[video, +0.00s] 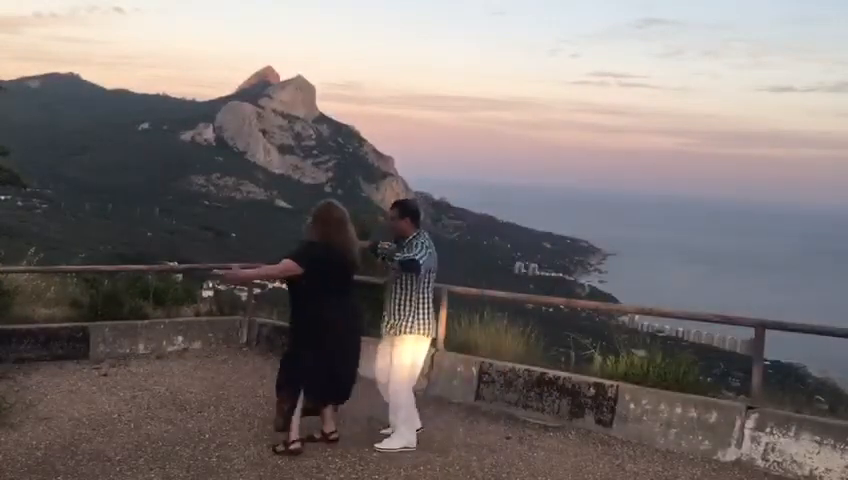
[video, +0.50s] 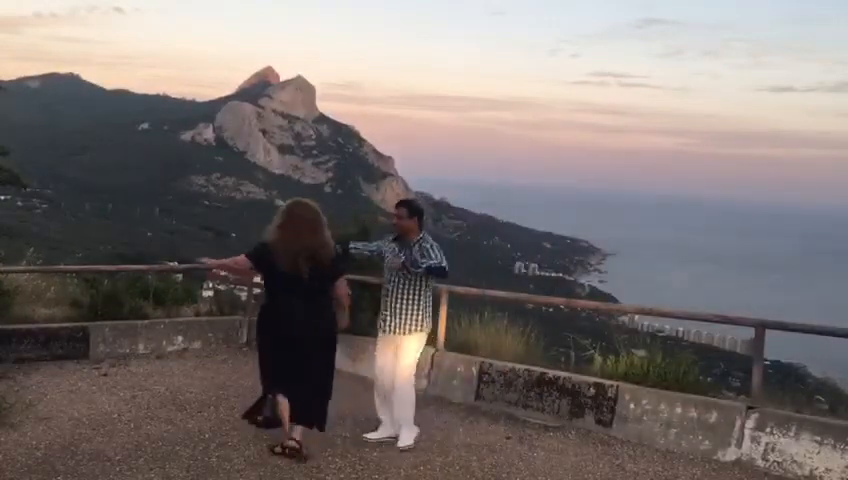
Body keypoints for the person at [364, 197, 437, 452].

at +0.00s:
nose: (390, 225)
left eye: (394, 219)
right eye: (390, 219)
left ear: (407, 221)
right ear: (404, 221)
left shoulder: (423, 244)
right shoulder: (401, 246)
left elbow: (413, 264)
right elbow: (382, 252)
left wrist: (389, 256)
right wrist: (374, 247)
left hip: (414, 327)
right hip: (394, 325)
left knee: (400, 382)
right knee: (383, 376)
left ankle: (404, 436)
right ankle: (408, 420)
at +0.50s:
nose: (394, 221)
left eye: (400, 217)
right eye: (395, 217)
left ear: (415, 220)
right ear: (397, 219)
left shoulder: (426, 245)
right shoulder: (390, 244)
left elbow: (442, 271)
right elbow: (365, 248)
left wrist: (413, 265)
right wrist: (341, 247)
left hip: (414, 325)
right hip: (388, 322)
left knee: (402, 377)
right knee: (382, 375)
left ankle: (407, 429)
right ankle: (388, 426)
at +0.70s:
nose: (400, 222)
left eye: (405, 218)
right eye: (400, 217)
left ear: (421, 221)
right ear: (403, 220)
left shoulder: (435, 246)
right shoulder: (395, 243)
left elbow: (454, 271)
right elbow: (366, 243)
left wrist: (425, 269)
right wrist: (332, 237)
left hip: (422, 330)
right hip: (393, 327)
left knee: (417, 382)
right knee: (387, 378)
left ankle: (417, 433)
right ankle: (391, 427)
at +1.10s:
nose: (405, 221)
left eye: (410, 218)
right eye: (404, 217)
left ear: (426, 221)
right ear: (404, 219)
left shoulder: (437, 244)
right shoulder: (396, 245)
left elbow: (460, 256)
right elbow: (367, 257)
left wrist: (440, 257)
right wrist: (333, 263)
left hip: (426, 326)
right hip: (396, 324)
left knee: (421, 382)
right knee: (392, 378)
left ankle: (417, 433)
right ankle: (393, 426)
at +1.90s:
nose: (418, 238)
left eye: (423, 233)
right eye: (416, 233)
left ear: (438, 230)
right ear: (414, 229)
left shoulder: (455, 245)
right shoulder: (411, 248)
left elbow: (479, 257)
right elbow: (382, 258)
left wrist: (446, 261)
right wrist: (346, 264)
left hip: (449, 328)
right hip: (417, 327)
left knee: (446, 381)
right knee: (411, 378)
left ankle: (440, 427)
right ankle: (415, 423)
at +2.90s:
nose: (428, 251)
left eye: (433, 248)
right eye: (425, 246)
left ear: (446, 243)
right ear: (422, 239)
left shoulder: (460, 254)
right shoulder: (411, 247)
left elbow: (482, 275)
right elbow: (379, 249)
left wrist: (451, 277)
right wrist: (343, 245)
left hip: (440, 332)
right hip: (407, 328)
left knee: (431, 384)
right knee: (398, 379)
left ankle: (423, 430)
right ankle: (395, 426)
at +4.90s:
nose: (492, 229)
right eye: (491, 226)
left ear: (465, 229)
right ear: (489, 228)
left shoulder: (455, 250)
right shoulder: (503, 248)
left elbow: (417, 264)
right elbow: (539, 266)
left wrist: (397, 261)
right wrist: (554, 279)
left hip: (464, 327)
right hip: (497, 326)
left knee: (461, 381)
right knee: (495, 379)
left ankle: (467, 438)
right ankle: (494, 435)